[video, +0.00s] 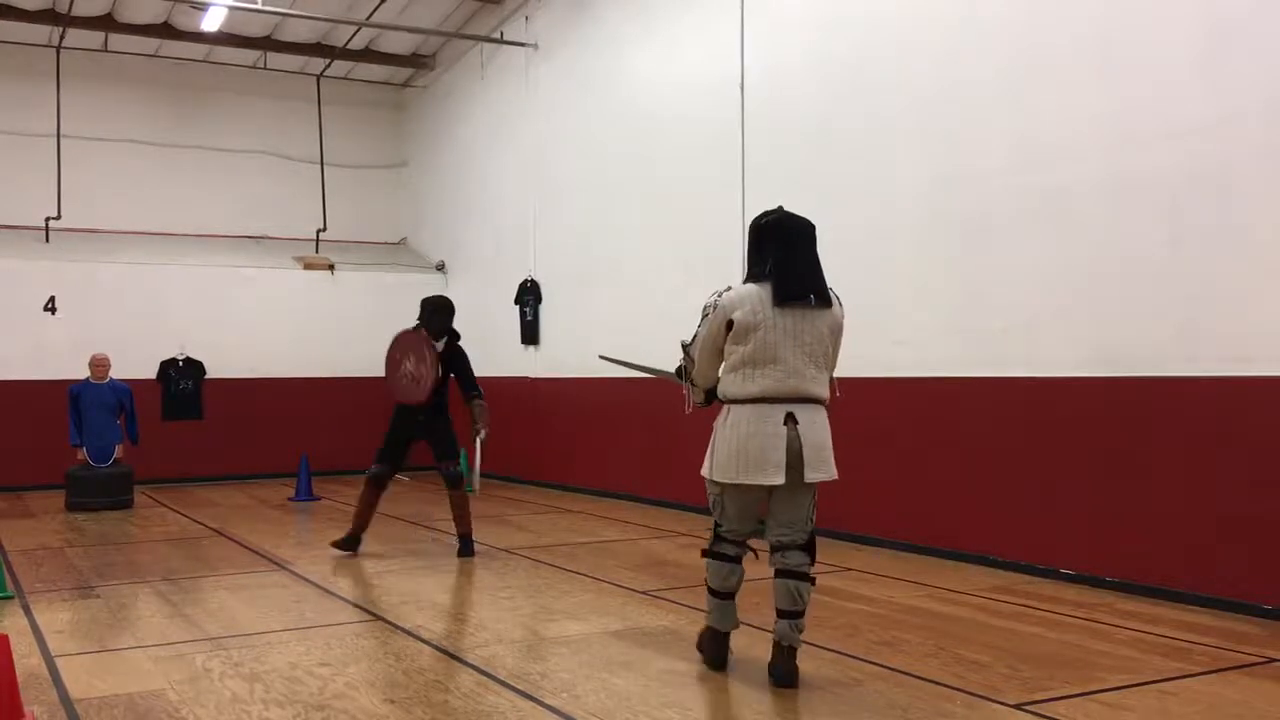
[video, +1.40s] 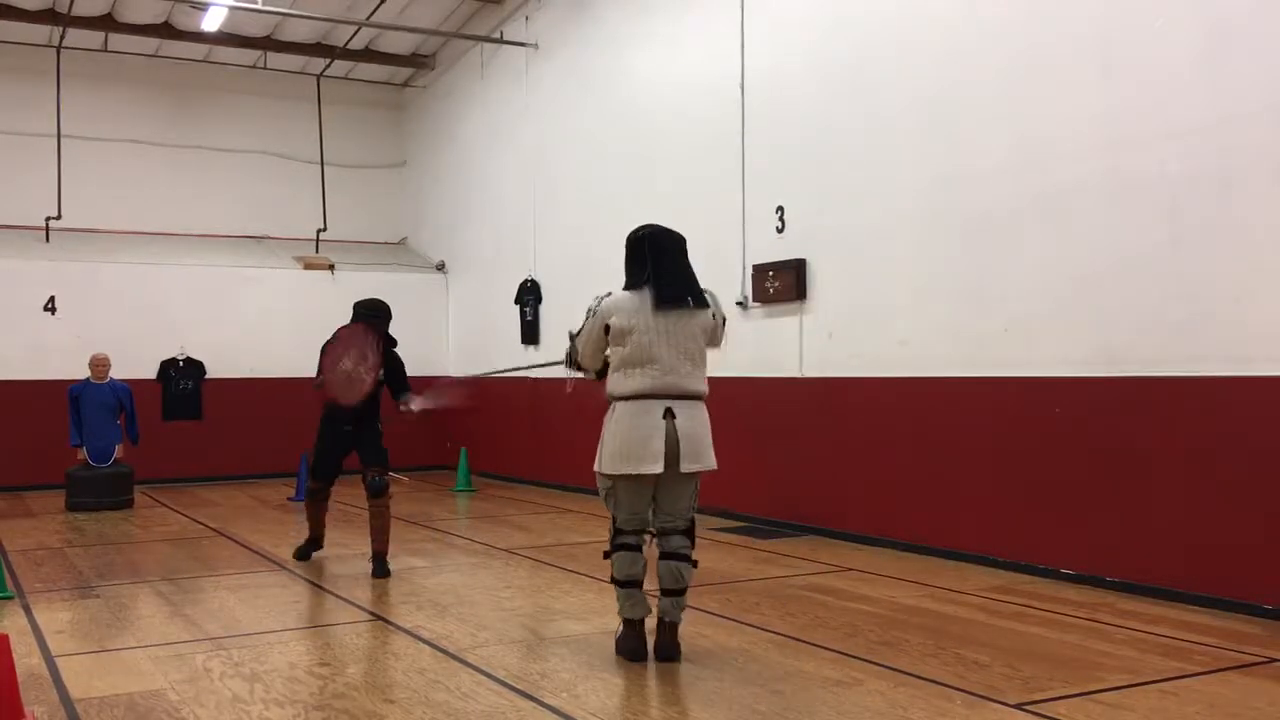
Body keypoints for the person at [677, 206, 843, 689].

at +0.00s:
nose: (751, 258)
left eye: (753, 250)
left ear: (758, 252)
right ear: (808, 252)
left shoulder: (736, 302)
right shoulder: (830, 309)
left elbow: (702, 370)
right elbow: (824, 374)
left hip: (743, 435)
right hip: (807, 436)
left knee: (729, 537)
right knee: (793, 544)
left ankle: (717, 639)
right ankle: (785, 656)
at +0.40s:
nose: (721, 263)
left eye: (724, 255)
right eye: (724, 255)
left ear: (731, 258)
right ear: (778, 257)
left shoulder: (711, 308)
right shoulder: (802, 312)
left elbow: (678, 381)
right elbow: (795, 374)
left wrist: (685, 327)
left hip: (720, 436)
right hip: (784, 436)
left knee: (688, 534)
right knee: (779, 542)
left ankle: (652, 622)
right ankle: (784, 655)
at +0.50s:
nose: (706, 267)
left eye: (708, 259)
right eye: (708, 259)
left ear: (715, 263)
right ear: (763, 261)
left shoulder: (697, 314)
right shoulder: (786, 316)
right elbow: (781, 376)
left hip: (709, 438)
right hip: (772, 436)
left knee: (679, 539)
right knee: (773, 541)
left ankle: (644, 626)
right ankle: (783, 653)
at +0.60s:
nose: (686, 268)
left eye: (689, 260)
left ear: (695, 264)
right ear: (742, 264)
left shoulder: (676, 316)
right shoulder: (767, 317)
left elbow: (651, 388)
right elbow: (767, 376)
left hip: (695, 439)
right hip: (757, 438)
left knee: (673, 540)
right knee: (763, 541)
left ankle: (642, 631)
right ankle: (782, 651)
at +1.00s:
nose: (629, 267)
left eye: (631, 260)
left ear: (635, 262)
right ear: (682, 259)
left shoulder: (620, 310)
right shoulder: (708, 309)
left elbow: (596, 381)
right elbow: (714, 370)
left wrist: (603, 398)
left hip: (644, 427)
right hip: (705, 425)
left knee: (641, 533)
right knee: (708, 527)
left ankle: (634, 633)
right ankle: (726, 618)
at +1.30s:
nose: (623, 265)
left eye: (626, 257)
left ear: (630, 260)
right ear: (677, 258)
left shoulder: (613, 306)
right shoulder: (703, 307)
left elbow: (588, 370)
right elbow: (711, 362)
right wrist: (672, 360)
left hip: (631, 427)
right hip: (690, 426)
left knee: (632, 530)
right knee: (676, 529)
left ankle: (633, 633)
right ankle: (668, 635)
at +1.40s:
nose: (626, 266)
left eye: (628, 258)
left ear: (632, 260)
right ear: (679, 261)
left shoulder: (612, 307)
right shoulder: (699, 306)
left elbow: (587, 360)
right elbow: (715, 334)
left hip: (630, 430)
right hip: (688, 431)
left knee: (628, 529)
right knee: (676, 530)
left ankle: (633, 633)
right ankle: (668, 635)